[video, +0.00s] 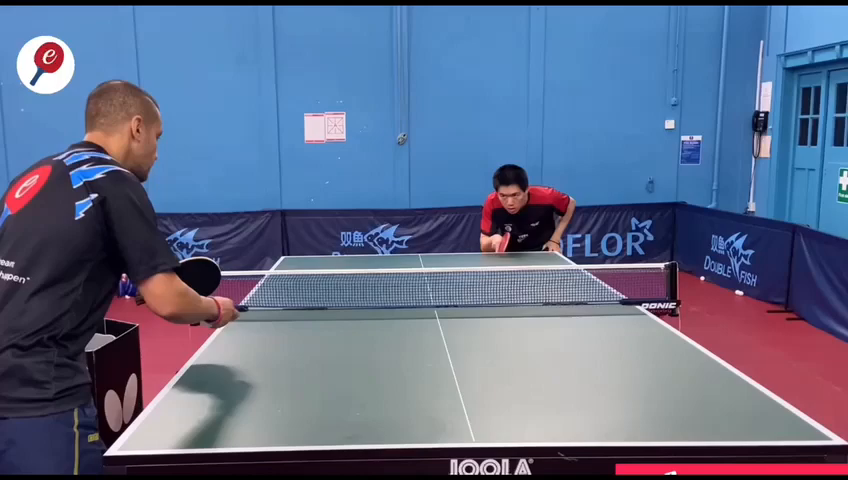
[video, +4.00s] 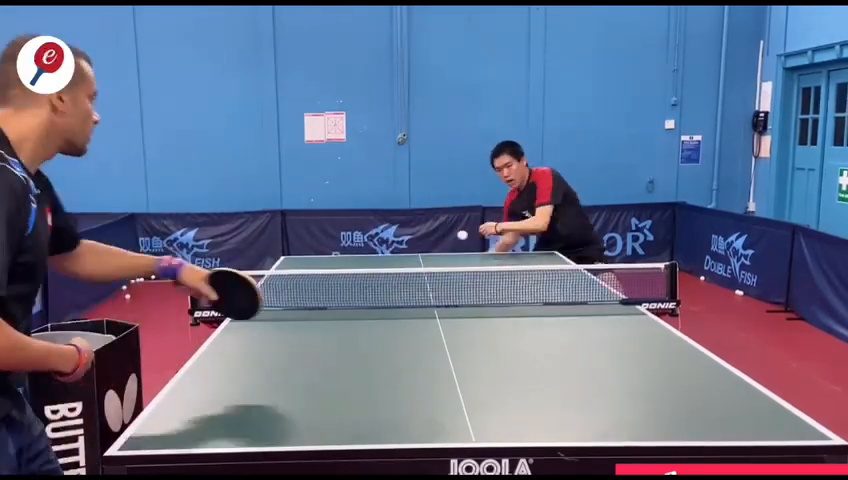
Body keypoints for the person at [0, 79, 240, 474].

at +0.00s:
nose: (157, 152)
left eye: (159, 139)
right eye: (157, 138)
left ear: (92, 126)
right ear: (135, 129)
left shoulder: (35, 175)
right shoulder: (114, 183)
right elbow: (167, 300)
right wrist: (212, 308)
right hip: (44, 404)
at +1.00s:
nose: (179, 191)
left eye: (183, 177)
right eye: (181, 176)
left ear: (118, 161)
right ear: (161, 169)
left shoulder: (80, 195)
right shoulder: (112, 217)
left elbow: (163, 254)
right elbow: (134, 342)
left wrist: (248, 260)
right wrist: (201, 330)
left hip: (40, 402)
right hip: (16, 412)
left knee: (92, 469)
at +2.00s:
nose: (137, 146)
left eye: (139, 133)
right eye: (137, 132)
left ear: (67, 123)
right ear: (114, 126)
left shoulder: (12, 174)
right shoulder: (99, 195)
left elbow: (26, 289)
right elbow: (157, 318)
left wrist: (102, 302)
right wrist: (209, 315)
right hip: (28, 429)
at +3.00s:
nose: (156, 170)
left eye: (158, 158)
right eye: (158, 158)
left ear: (90, 145)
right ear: (142, 153)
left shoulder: (37, 191)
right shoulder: (103, 217)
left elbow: (79, 280)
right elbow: (149, 350)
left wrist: (174, 280)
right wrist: (206, 339)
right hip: (23, 431)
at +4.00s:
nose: (96, 116)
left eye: (94, 101)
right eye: (90, 99)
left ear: (56, 100)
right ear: (56, 99)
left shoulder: (30, 178)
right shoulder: (7, 184)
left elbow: (71, 255)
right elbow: (3, 336)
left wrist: (174, 268)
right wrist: (59, 356)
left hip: (14, 408)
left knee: (45, 469)